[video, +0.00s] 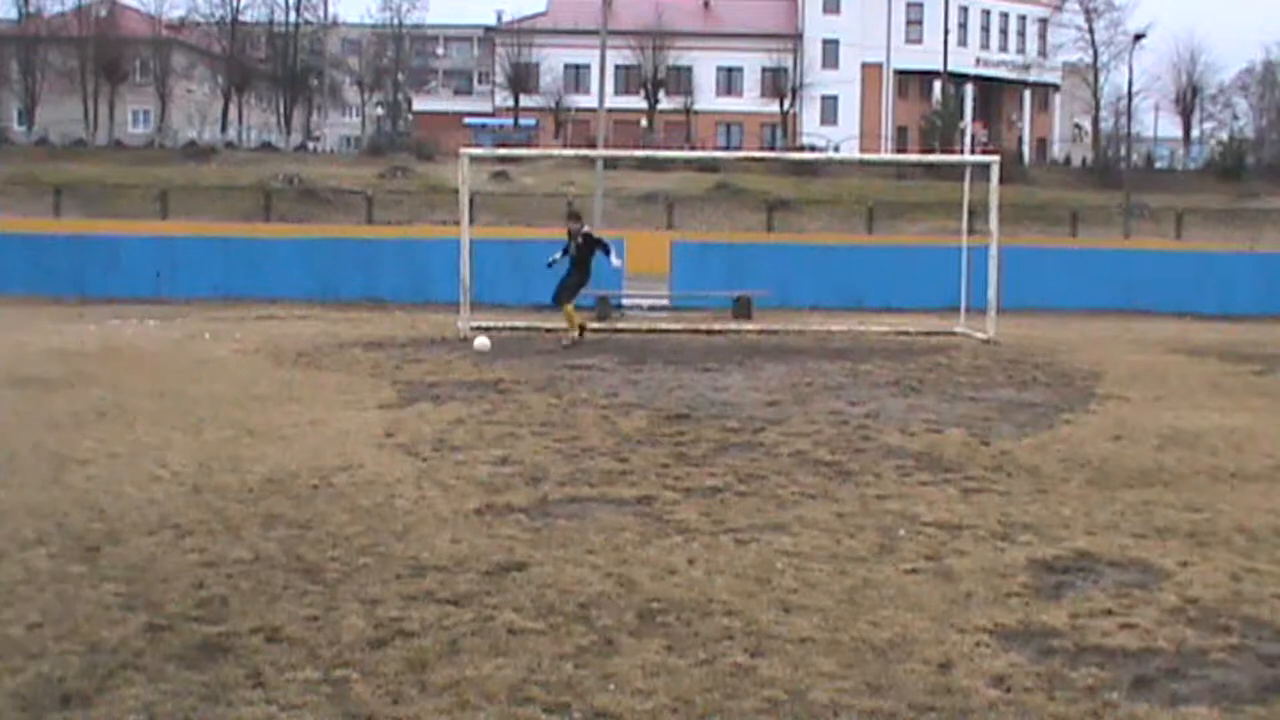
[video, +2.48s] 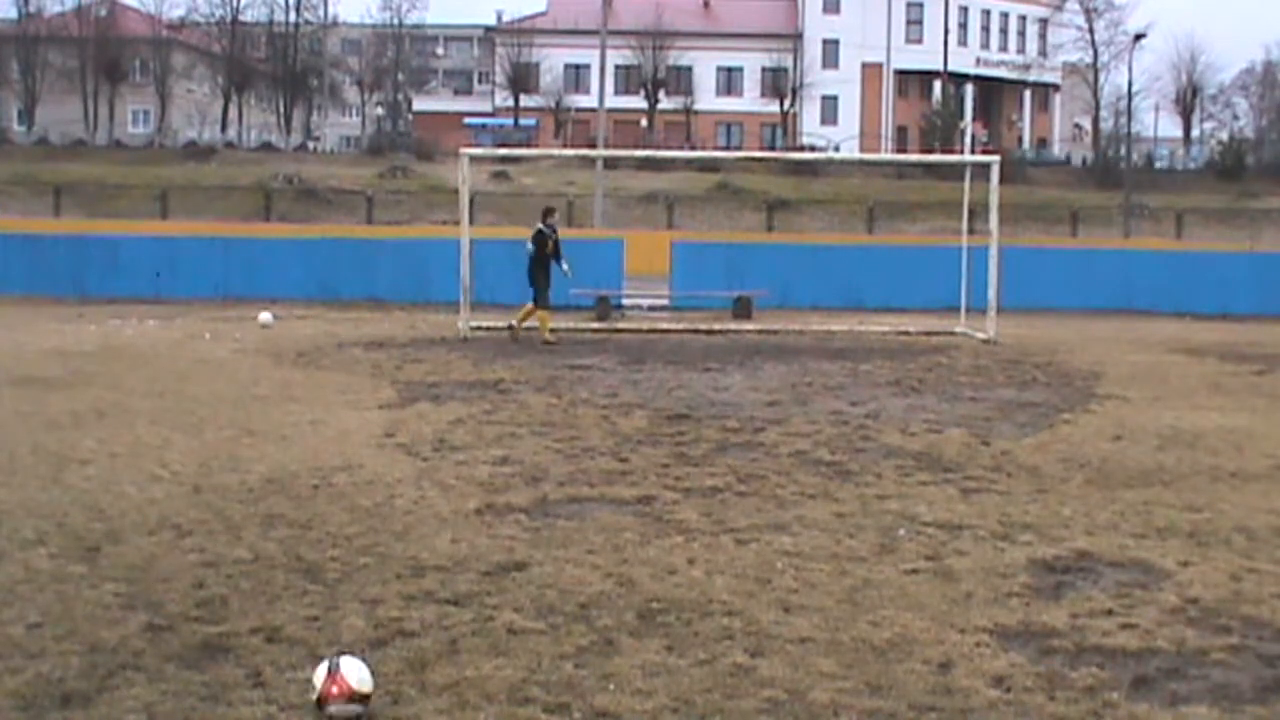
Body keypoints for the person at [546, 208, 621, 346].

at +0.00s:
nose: (572, 227)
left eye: (575, 224)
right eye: (570, 224)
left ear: (581, 224)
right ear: (567, 224)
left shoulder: (588, 238)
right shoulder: (571, 236)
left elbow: (604, 245)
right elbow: (567, 250)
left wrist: (612, 258)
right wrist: (557, 258)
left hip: (582, 272)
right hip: (572, 271)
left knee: (565, 300)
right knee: (559, 299)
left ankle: (574, 330)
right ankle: (578, 324)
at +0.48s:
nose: (498, 233)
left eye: (499, 230)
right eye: (499, 230)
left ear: (503, 230)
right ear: (509, 229)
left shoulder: (508, 245)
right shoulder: (511, 243)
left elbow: (498, 270)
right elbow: (517, 261)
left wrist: (483, 277)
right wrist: (515, 277)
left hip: (496, 280)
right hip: (496, 278)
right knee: (492, 310)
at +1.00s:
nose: (475, 217)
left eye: (478, 213)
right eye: (473, 214)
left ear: (483, 214)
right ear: (470, 215)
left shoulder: (486, 230)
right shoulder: (473, 230)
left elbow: (483, 254)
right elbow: (470, 252)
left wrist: (473, 270)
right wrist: (463, 269)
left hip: (484, 270)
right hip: (473, 270)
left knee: (481, 301)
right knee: (473, 302)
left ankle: (485, 333)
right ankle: (475, 331)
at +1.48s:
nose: (481, 215)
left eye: (484, 212)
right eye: (479, 212)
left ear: (489, 214)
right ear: (475, 213)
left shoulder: (495, 230)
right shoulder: (470, 232)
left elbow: (501, 251)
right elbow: (464, 251)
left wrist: (502, 266)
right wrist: (460, 268)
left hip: (492, 270)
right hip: (475, 271)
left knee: (499, 299)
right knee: (476, 303)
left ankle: (505, 327)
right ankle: (476, 329)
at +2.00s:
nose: (516, 215)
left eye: (517, 212)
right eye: (513, 212)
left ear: (519, 214)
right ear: (507, 213)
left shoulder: (523, 230)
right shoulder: (503, 229)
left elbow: (530, 249)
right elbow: (497, 232)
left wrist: (535, 264)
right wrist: (496, 227)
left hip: (517, 268)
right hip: (504, 267)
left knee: (511, 301)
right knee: (500, 301)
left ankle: (505, 329)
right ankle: (497, 329)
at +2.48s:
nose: (555, 221)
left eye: (556, 218)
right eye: (553, 217)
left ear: (553, 219)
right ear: (547, 218)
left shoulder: (553, 233)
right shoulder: (538, 233)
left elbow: (556, 253)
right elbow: (534, 251)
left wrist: (562, 264)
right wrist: (530, 249)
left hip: (546, 268)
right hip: (537, 269)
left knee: (538, 301)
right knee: (542, 301)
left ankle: (517, 323)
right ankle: (545, 333)